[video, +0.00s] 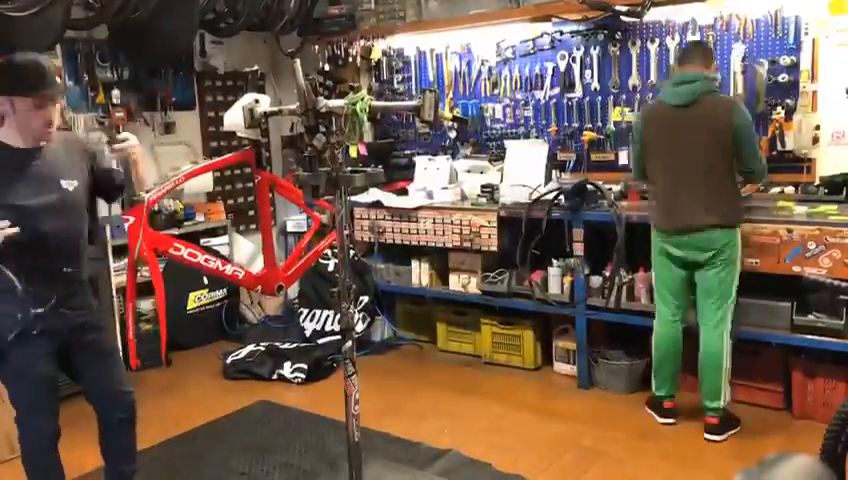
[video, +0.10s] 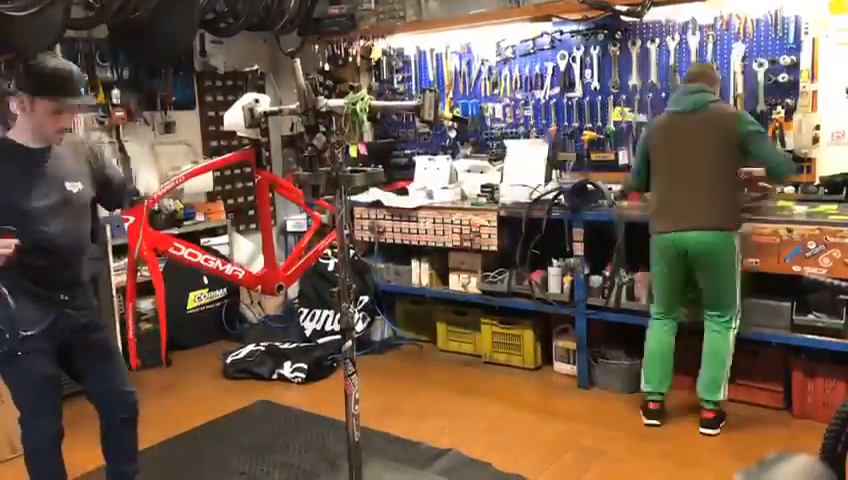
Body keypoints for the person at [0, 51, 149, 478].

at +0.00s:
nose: (52, 117)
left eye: (55, 104)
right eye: (39, 107)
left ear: (61, 101)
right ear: (5, 108)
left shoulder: (73, 149)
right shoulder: (1, 162)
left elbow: (132, 196)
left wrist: (136, 163)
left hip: (78, 309)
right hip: (19, 318)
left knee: (118, 405)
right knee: (39, 429)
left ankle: (122, 473)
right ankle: (47, 477)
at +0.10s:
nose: (70, 122)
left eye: (73, 110)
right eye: (58, 112)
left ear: (77, 106)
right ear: (19, 105)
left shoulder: (81, 153)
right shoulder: (5, 160)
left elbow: (121, 195)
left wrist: (146, 196)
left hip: (80, 310)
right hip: (21, 315)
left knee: (121, 405)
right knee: (43, 426)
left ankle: (123, 473)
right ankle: (49, 476)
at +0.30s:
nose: (10, 107)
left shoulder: (22, 149)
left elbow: (76, 106)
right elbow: (3, 330)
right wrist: (71, 327)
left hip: (66, 301)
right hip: (16, 321)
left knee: (99, 381)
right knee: (27, 427)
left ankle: (112, 463)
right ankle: (32, 475)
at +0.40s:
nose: (54, 147)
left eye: (56, 136)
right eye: (44, 141)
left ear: (57, 122)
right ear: (10, 136)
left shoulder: (55, 153)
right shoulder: (4, 170)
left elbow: (101, 184)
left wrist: (122, 182)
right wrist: (21, 230)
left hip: (60, 311)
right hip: (14, 322)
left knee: (80, 415)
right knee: (19, 444)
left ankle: (80, 474)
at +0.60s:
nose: (83, 129)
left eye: (80, 116)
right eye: (69, 128)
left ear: (86, 103)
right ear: (52, 134)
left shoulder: (130, 139)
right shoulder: (59, 176)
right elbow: (82, 248)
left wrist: (177, 123)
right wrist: (131, 205)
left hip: (155, 284)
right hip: (110, 292)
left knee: (158, 393)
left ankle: (149, 474)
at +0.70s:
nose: (51, 107)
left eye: (53, 94)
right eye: (37, 100)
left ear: (59, 92)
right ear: (9, 110)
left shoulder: (92, 146)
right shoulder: (5, 160)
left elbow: (148, 196)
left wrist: (166, 156)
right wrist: (5, 223)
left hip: (91, 304)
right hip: (28, 312)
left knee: (131, 400)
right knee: (54, 424)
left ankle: (141, 475)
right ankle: (66, 476)